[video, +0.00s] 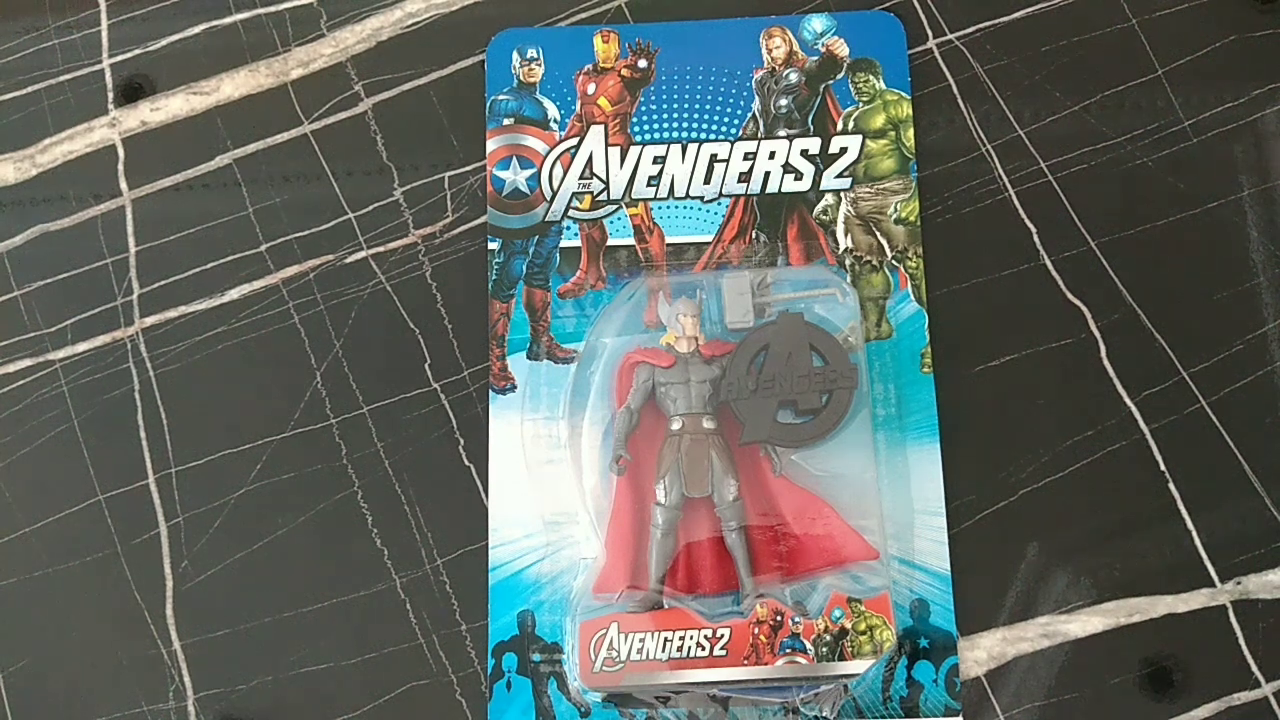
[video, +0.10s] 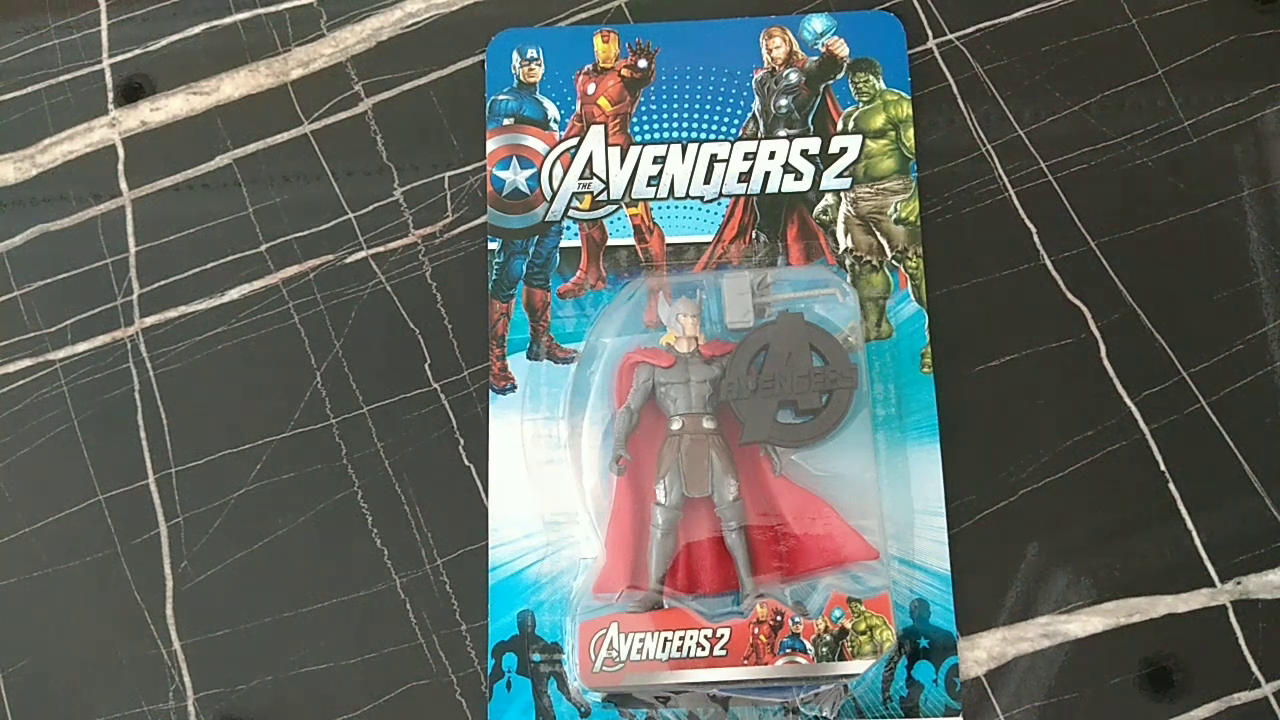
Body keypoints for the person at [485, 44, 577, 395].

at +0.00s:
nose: (531, 69)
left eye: (535, 64)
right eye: (525, 64)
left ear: (543, 68)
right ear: (516, 68)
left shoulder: (550, 107)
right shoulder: (500, 104)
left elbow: (557, 154)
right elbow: (494, 154)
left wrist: (565, 200)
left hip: (547, 205)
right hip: (511, 208)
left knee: (542, 274)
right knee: (507, 280)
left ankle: (542, 342)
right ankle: (496, 360)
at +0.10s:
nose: (531, 69)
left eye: (536, 64)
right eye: (526, 64)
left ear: (543, 68)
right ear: (516, 68)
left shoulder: (550, 107)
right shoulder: (501, 104)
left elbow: (556, 153)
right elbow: (494, 154)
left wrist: (564, 199)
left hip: (547, 206)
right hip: (511, 209)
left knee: (541, 275)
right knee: (506, 282)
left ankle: (542, 342)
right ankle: (496, 360)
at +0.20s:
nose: (531, 69)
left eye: (536, 64)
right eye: (525, 64)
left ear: (543, 68)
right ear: (516, 68)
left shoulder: (550, 107)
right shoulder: (501, 104)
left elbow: (557, 153)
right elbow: (495, 155)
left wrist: (564, 200)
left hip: (547, 205)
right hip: (512, 208)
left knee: (542, 274)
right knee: (507, 280)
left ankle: (542, 342)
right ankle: (496, 360)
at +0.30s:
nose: (531, 69)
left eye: (536, 64)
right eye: (525, 64)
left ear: (543, 68)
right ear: (516, 68)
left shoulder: (550, 107)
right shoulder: (501, 104)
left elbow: (557, 153)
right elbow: (495, 154)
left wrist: (564, 200)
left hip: (547, 205)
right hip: (512, 208)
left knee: (542, 274)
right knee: (507, 280)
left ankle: (542, 342)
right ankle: (496, 360)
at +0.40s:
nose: (531, 69)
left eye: (536, 64)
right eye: (525, 64)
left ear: (543, 68)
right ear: (516, 68)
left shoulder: (550, 107)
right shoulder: (501, 104)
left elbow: (557, 153)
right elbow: (495, 155)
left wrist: (565, 200)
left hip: (547, 205)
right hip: (512, 209)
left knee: (542, 274)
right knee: (507, 280)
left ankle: (542, 342)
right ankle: (496, 360)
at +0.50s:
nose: (531, 69)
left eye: (536, 64)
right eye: (525, 64)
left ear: (543, 68)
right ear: (516, 68)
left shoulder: (550, 107)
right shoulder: (501, 103)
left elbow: (557, 153)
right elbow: (496, 154)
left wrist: (564, 200)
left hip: (548, 205)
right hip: (512, 208)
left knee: (541, 274)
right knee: (507, 280)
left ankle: (542, 343)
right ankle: (497, 360)